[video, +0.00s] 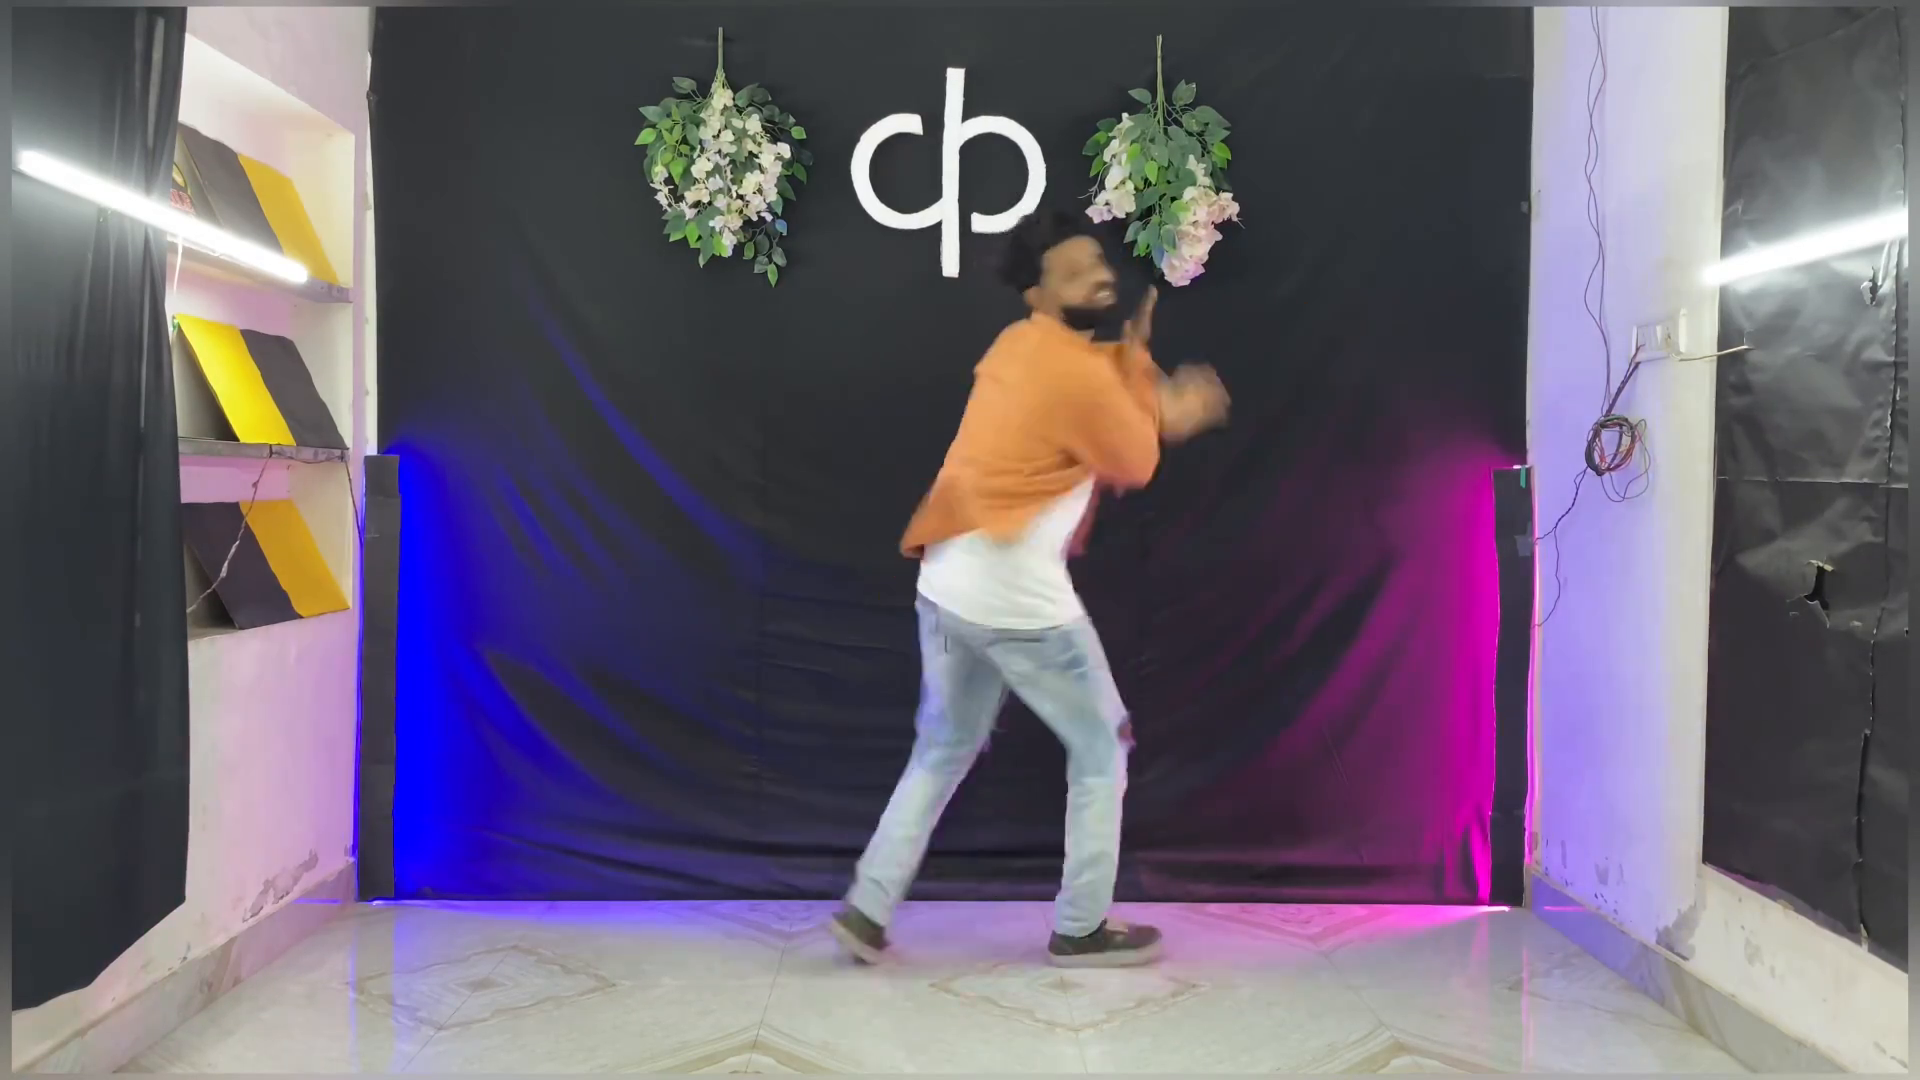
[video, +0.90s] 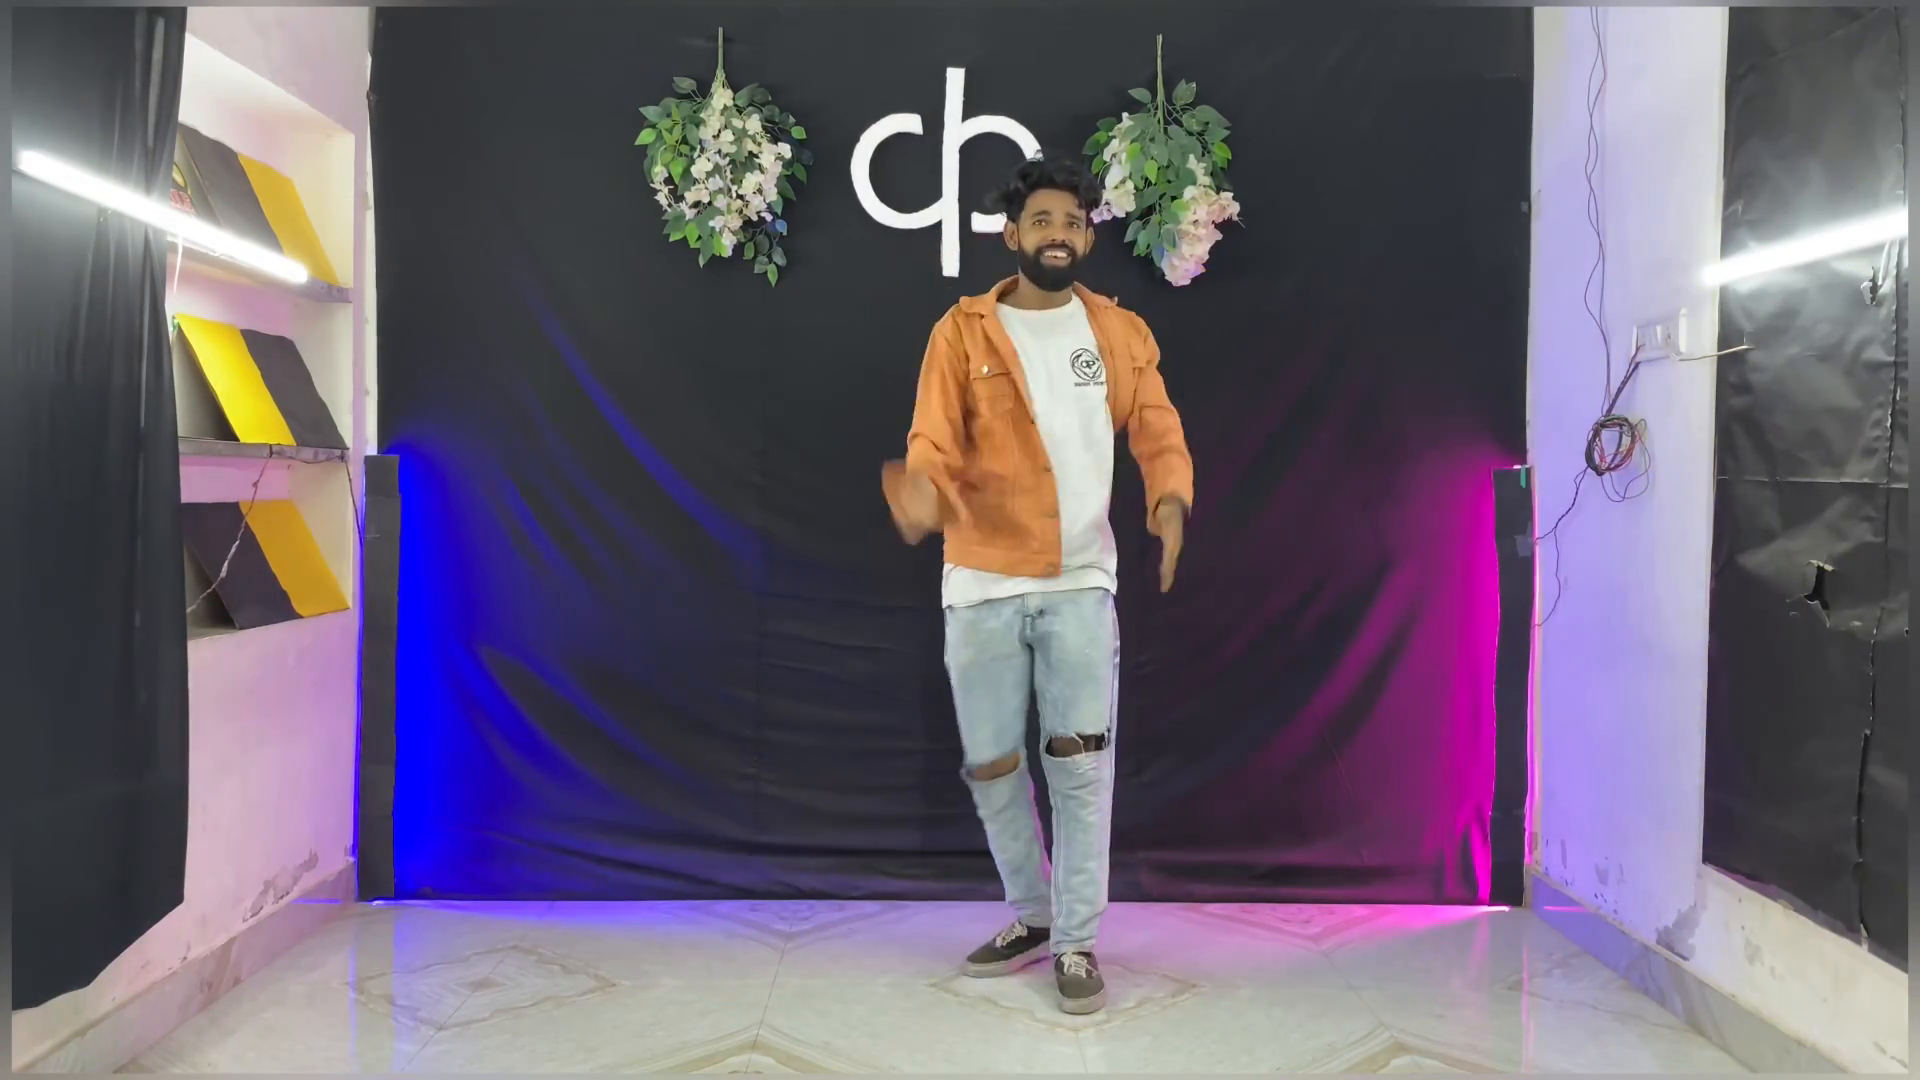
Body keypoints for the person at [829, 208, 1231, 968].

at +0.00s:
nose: (1100, 281)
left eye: (1101, 265)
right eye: (1079, 274)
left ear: (1106, 272)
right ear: (1036, 293)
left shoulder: (1010, 345)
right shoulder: (1082, 372)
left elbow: (1102, 410)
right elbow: (1132, 461)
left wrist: (1133, 358)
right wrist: (1161, 402)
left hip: (946, 582)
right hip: (1023, 594)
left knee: (943, 743)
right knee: (1100, 742)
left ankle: (867, 906)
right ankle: (1082, 924)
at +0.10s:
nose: (1129, 270)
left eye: (1130, 257)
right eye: (1129, 258)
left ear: (1050, 256)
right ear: (1113, 266)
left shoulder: (987, 323)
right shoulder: (1127, 363)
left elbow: (1037, 356)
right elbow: (1116, 430)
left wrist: (1101, 320)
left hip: (965, 581)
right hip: (1060, 596)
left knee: (932, 741)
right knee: (1065, 753)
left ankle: (933, 938)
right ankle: (1067, 925)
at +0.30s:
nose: (1021, 238)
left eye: (1039, 226)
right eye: (1016, 222)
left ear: (1075, 237)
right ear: (1012, 229)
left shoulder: (1094, 312)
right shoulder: (999, 308)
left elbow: (1017, 308)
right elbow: (941, 355)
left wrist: (1050, 249)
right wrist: (1000, 272)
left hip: (1047, 569)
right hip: (1002, 564)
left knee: (1008, 746)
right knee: (1007, 743)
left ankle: (1068, 935)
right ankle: (1050, 913)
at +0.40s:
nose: (1041, 235)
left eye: (1057, 222)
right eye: (1027, 219)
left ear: (1082, 237)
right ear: (1004, 230)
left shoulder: (1103, 310)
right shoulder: (972, 318)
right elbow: (878, 335)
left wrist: (1119, 254)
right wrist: (941, 261)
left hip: (1062, 565)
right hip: (989, 566)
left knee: (1053, 752)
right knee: (1010, 752)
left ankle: (1066, 938)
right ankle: (1043, 922)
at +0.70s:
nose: (1066, 236)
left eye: (1080, 222)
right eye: (1050, 220)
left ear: (1095, 235)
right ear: (1019, 228)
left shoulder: (1123, 317)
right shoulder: (973, 314)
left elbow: (1216, 360)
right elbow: (897, 367)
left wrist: (1162, 272)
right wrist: (948, 271)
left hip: (1079, 571)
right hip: (983, 572)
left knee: (1072, 755)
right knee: (1004, 760)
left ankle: (1070, 938)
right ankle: (1032, 921)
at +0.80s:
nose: (1062, 232)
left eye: (1076, 219)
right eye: (1046, 217)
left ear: (1089, 234)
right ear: (1014, 227)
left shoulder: (1119, 323)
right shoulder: (965, 321)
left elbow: (1169, 436)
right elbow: (919, 431)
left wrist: (1189, 375)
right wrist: (913, 341)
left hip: (1079, 572)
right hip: (984, 574)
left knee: (1080, 760)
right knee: (1007, 763)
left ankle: (1077, 940)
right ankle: (1034, 921)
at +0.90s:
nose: (1057, 234)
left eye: (1072, 221)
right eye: (1041, 219)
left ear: (1090, 236)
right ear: (1012, 232)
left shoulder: (1121, 331)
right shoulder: (962, 329)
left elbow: (1157, 430)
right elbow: (932, 441)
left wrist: (1171, 497)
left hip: (1079, 577)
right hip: (980, 579)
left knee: (1078, 759)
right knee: (993, 762)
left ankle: (1076, 940)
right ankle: (1034, 915)